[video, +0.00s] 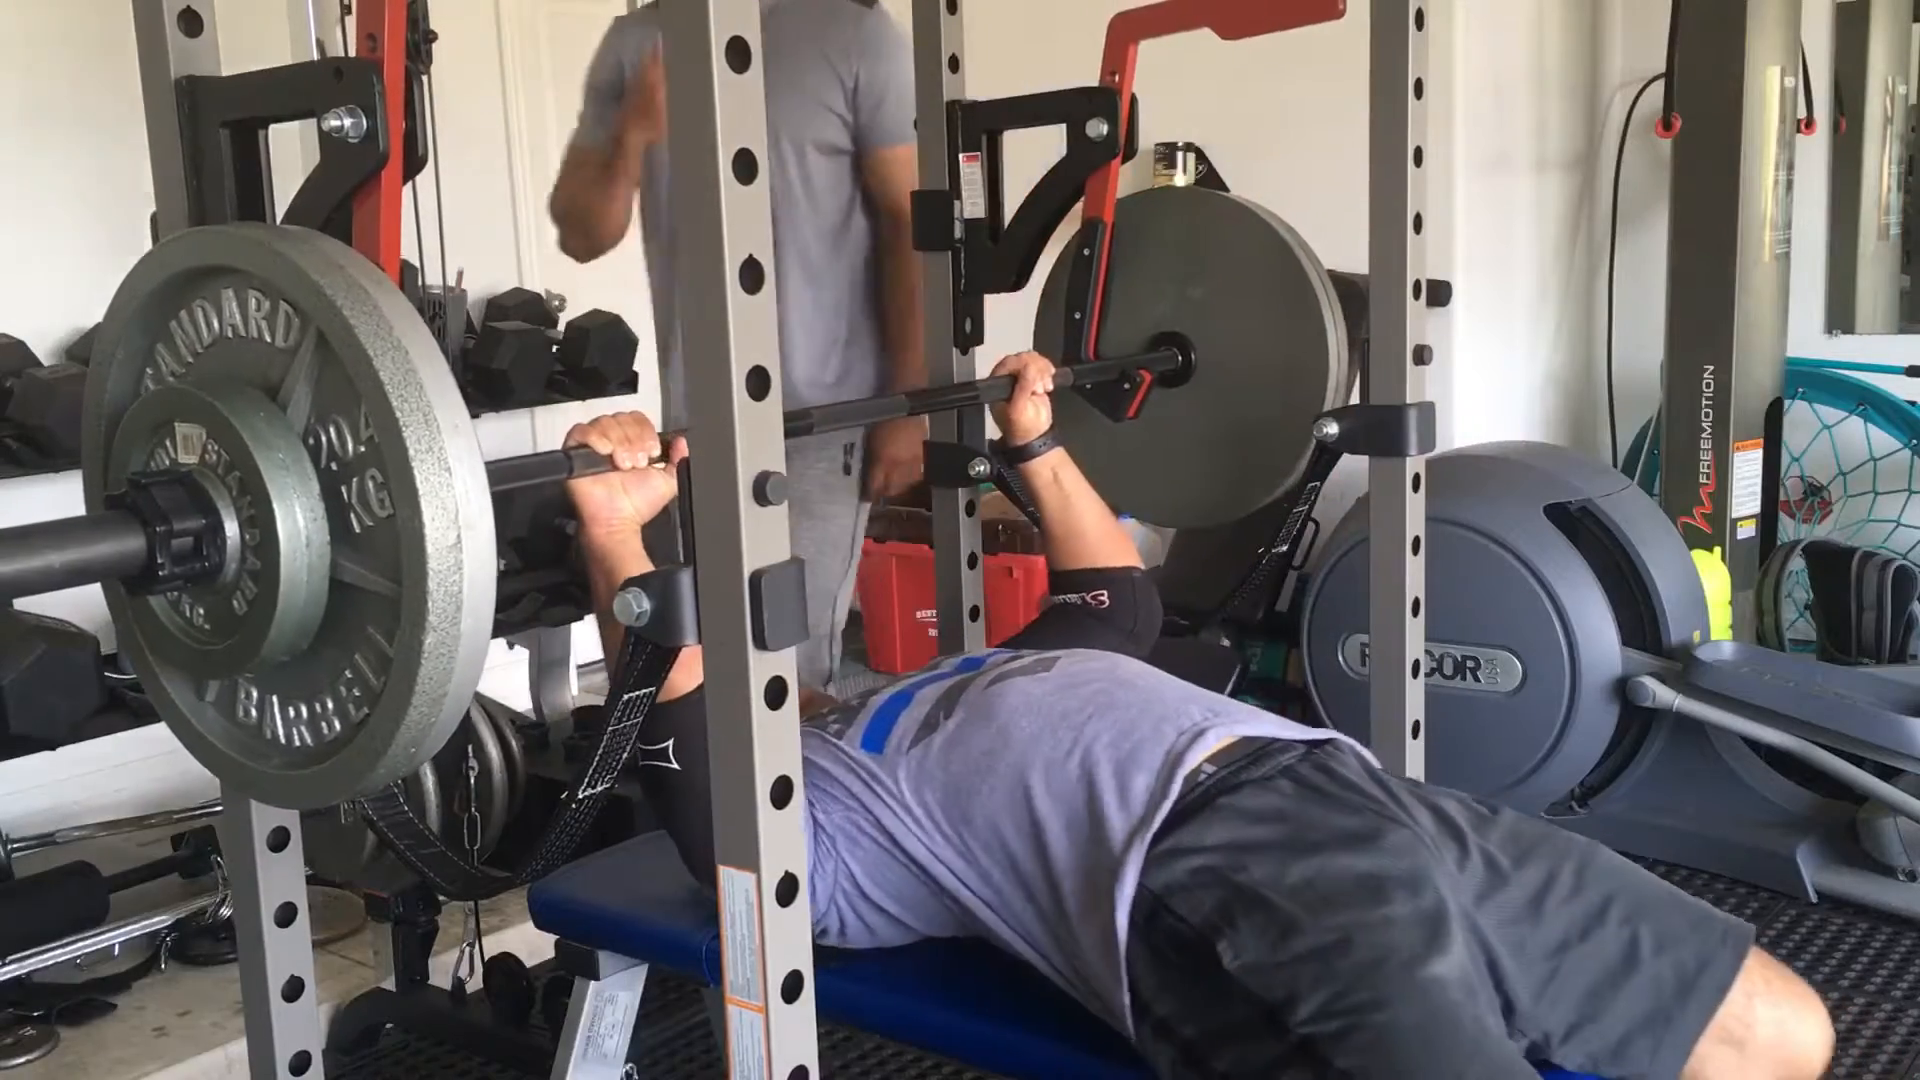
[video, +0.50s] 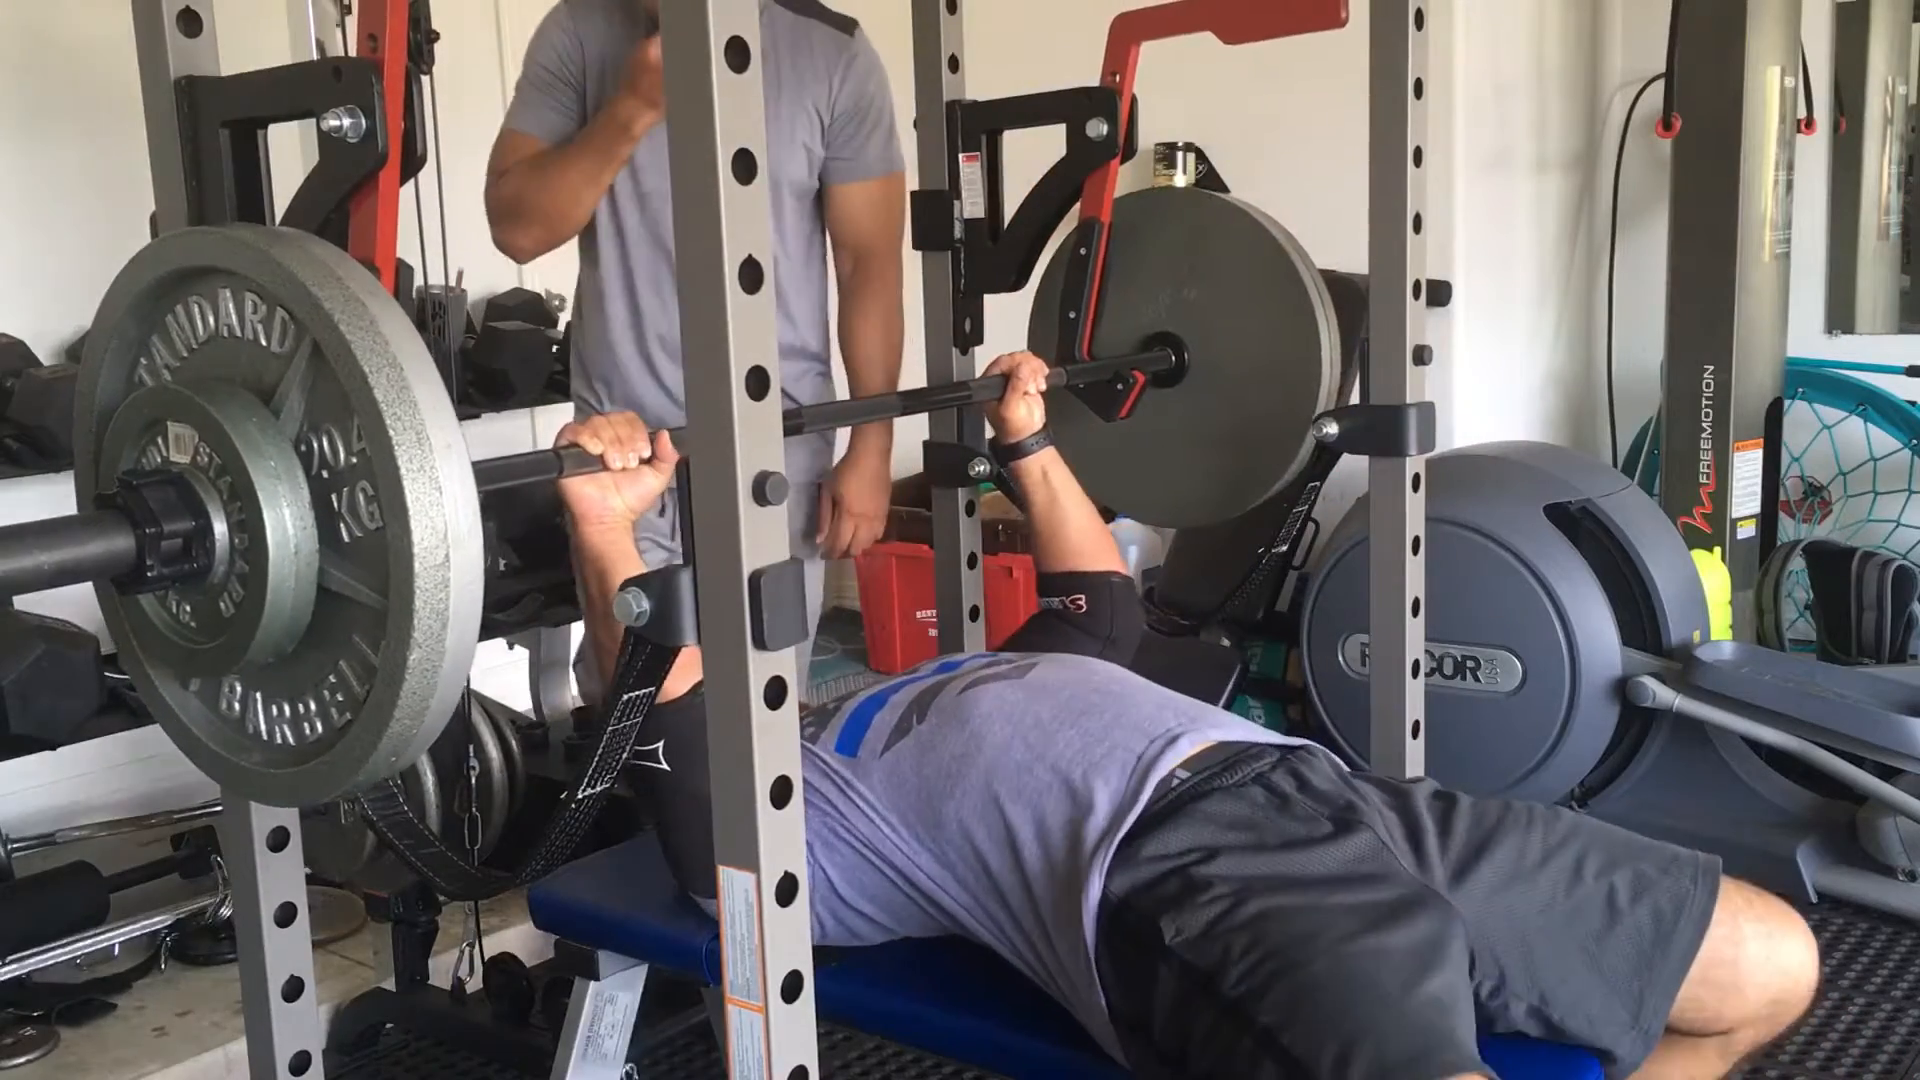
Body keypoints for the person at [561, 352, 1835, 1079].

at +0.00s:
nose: (789, 658)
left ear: (848, 659)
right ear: (739, 740)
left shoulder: (1008, 677)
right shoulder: (815, 819)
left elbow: (1123, 600)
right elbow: (711, 733)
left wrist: (1028, 446)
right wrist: (626, 551)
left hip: (1382, 789)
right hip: (1237, 863)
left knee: (1793, 1029)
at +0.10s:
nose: (763, 656)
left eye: (779, 642)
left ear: (855, 658)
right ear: (734, 741)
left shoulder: (1006, 682)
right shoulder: (811, 816)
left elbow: (1112, 602)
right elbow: (702, 725)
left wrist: (1026, 452)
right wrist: (612, 555)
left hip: (1350, 784)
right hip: (1217, 861)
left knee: (1779, 1012)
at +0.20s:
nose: (737, 664)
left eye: (738, 652)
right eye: (717, 680)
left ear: (833, 678)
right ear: (715, 742)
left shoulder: (981, 694)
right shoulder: (799, 824)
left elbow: (1097, 601)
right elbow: (681, 731)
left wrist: (1020, 449)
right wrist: (608, 550)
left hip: (1334, 786)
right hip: (1200, 859)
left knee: (1775, 990)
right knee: (1498, 1067)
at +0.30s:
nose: (737, 666)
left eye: (749, 664)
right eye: (723, 684)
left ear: (841, 682)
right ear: (726, 747)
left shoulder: (999, 696)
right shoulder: (796, 816)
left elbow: (1105, 612)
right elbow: (665, 740)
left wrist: (1020, 449)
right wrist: (605, 553)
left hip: (1330, 784)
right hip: (1191, 851)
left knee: (1774, 975)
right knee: (1452, 1059)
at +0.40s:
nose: (739, 662)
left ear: (846, 675)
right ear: (729, 747)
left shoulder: (1015, 693)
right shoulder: (800, 815)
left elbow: (1101, 606)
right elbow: (659, 754)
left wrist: (1020, 448)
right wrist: (604, 558)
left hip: (1331, 783)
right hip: (1184, 854)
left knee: (1774, 964)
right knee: (1400, 985)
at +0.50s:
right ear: (731, 732)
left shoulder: (1025, 679)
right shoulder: (813, 804)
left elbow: (1104, 605)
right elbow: (671, 754)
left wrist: (1023, 447)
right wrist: (605, 560)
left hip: (1333, 783)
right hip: (1192, 862)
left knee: (1777, 960)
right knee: (1416, 1009)